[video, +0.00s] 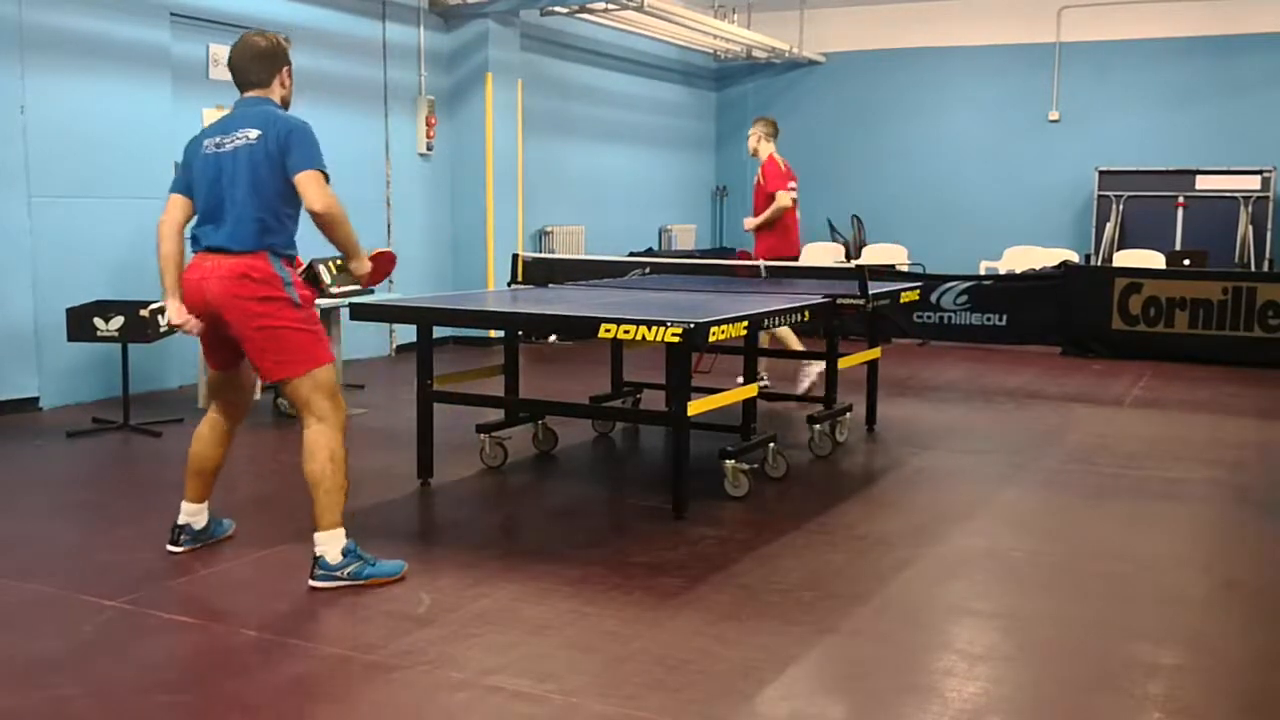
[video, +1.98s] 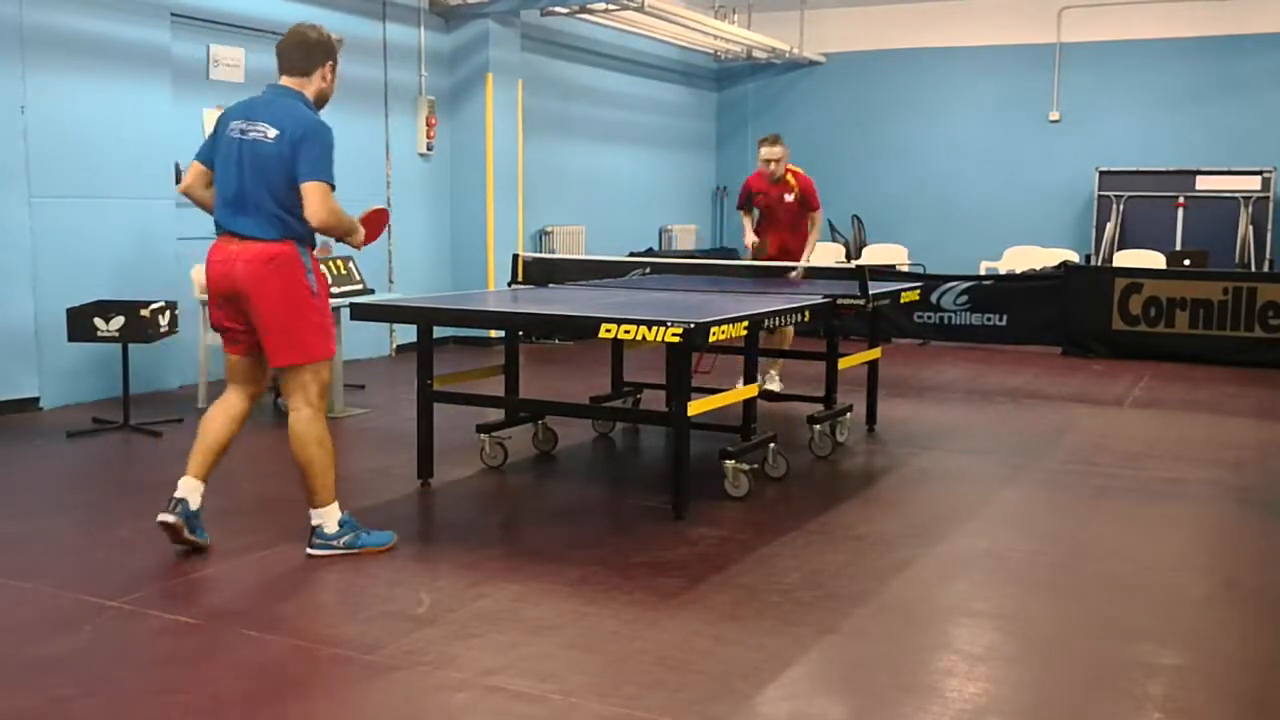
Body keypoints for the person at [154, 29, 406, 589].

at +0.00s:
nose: (293, 85)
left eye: (289, 77)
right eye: (292, 77)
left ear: (237, 82)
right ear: (282, 78)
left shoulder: (201, 140)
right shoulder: (289, 127)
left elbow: (171, 223)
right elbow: (319, 204)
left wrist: (173, 296)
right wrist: (356, 258)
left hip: (200, 280)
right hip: (258, 278)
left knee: (228, 402)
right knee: (324, 409)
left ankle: (190, 522)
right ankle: (332, 554)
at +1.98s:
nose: (335, 82)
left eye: (335, 73)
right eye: (336, 73)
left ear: (282, 68)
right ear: (324, 72)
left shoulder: (234, 114)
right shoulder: (309, 126)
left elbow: (194, 184)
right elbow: (319, 212)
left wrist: (244, 212)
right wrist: (354, 230)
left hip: (224, 262)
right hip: (281, 265)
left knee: (242, 385)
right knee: (307, 393)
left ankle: (185, 500)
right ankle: (328, 525)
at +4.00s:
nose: (340, 203)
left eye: (339, 194)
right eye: (336, 195)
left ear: (293, 196)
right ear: (315, 200)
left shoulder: (255, 220)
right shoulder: (285, 234)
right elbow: (289, 324)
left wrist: (290, 314)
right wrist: (331, 295)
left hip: (157, 321)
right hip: (188, 327)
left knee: (222, 379)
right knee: (306, 396)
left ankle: (190, 482)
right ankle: (298, 525)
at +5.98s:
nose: (331, 111)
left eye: (329, 103)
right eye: (325, 103)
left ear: (291, 109)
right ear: (303, 109)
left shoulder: (256, 146)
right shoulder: (280, 158)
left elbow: (214, 192)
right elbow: (272, 238)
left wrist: (263, 225)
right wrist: (338, 225)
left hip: (221, 278)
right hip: (247, 282)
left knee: (261, 373)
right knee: (323, 381)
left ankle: (198, 458)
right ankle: (304, 501)